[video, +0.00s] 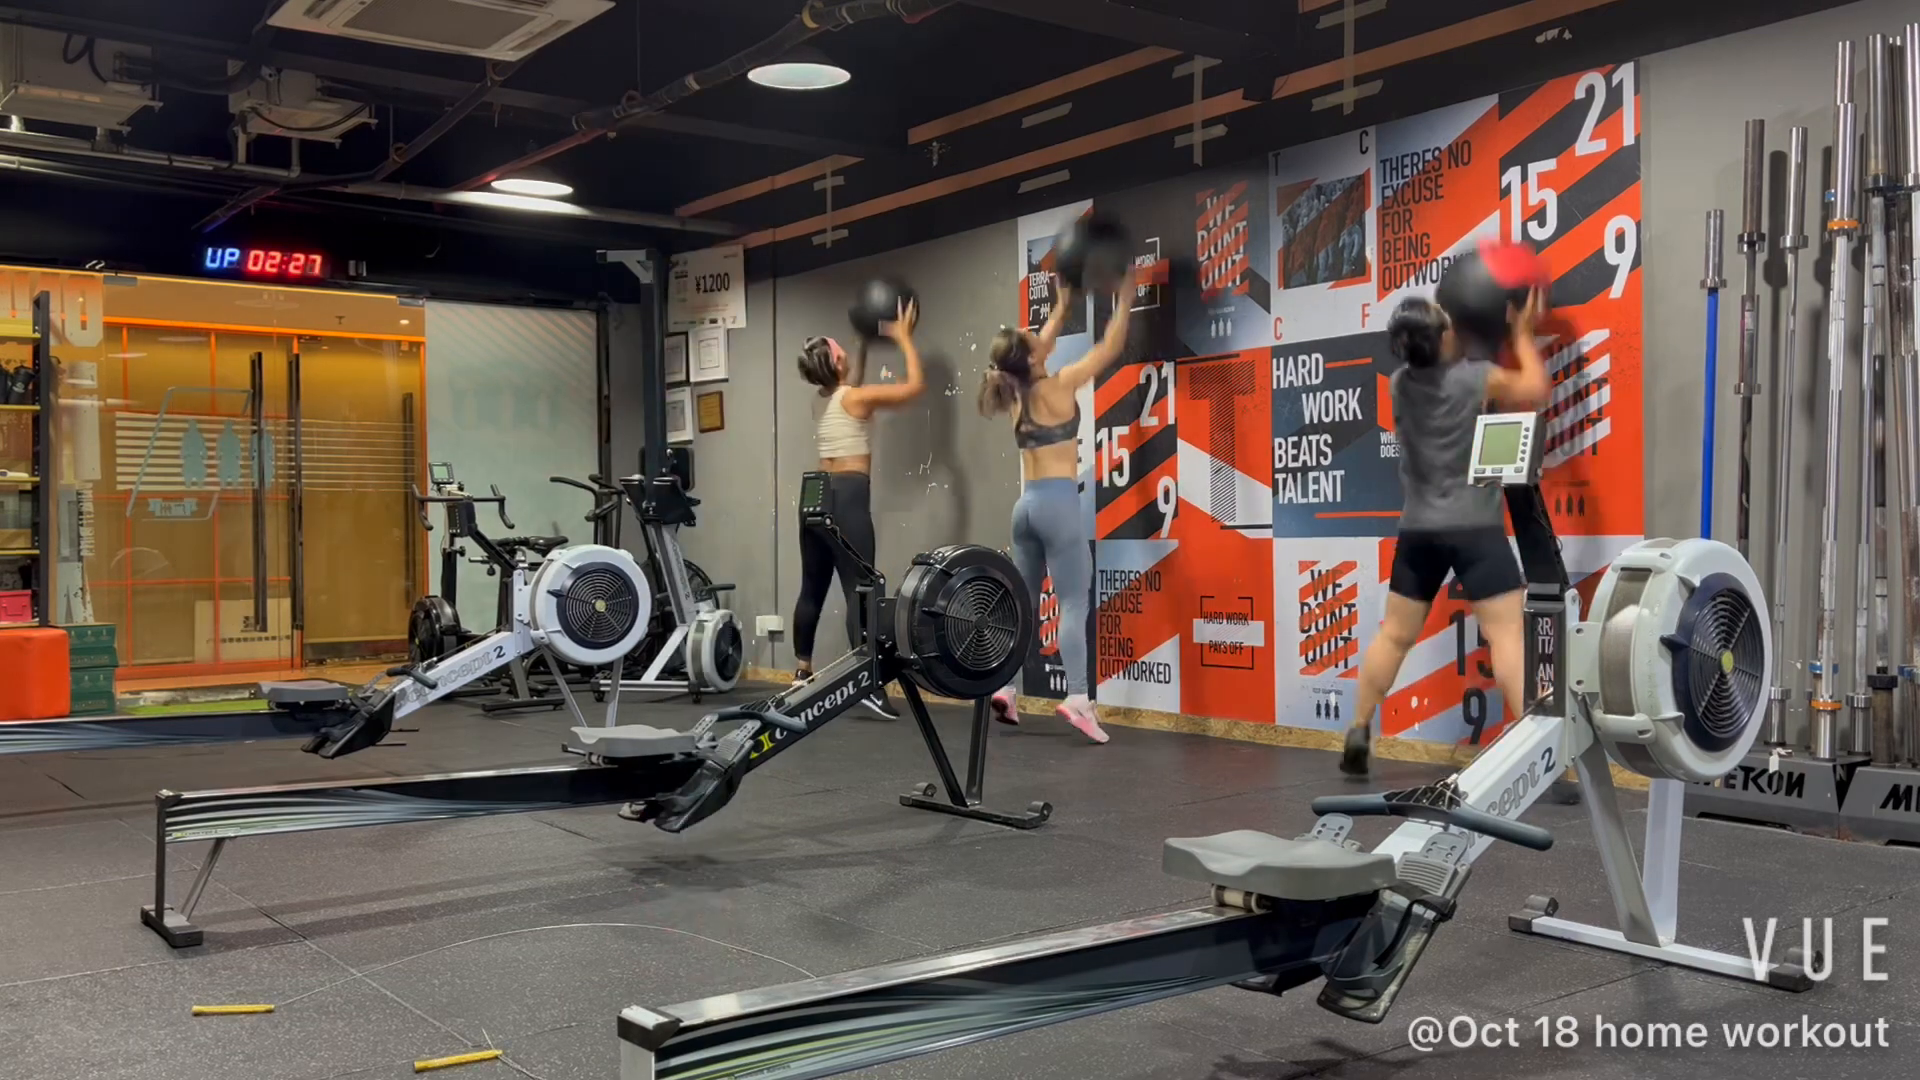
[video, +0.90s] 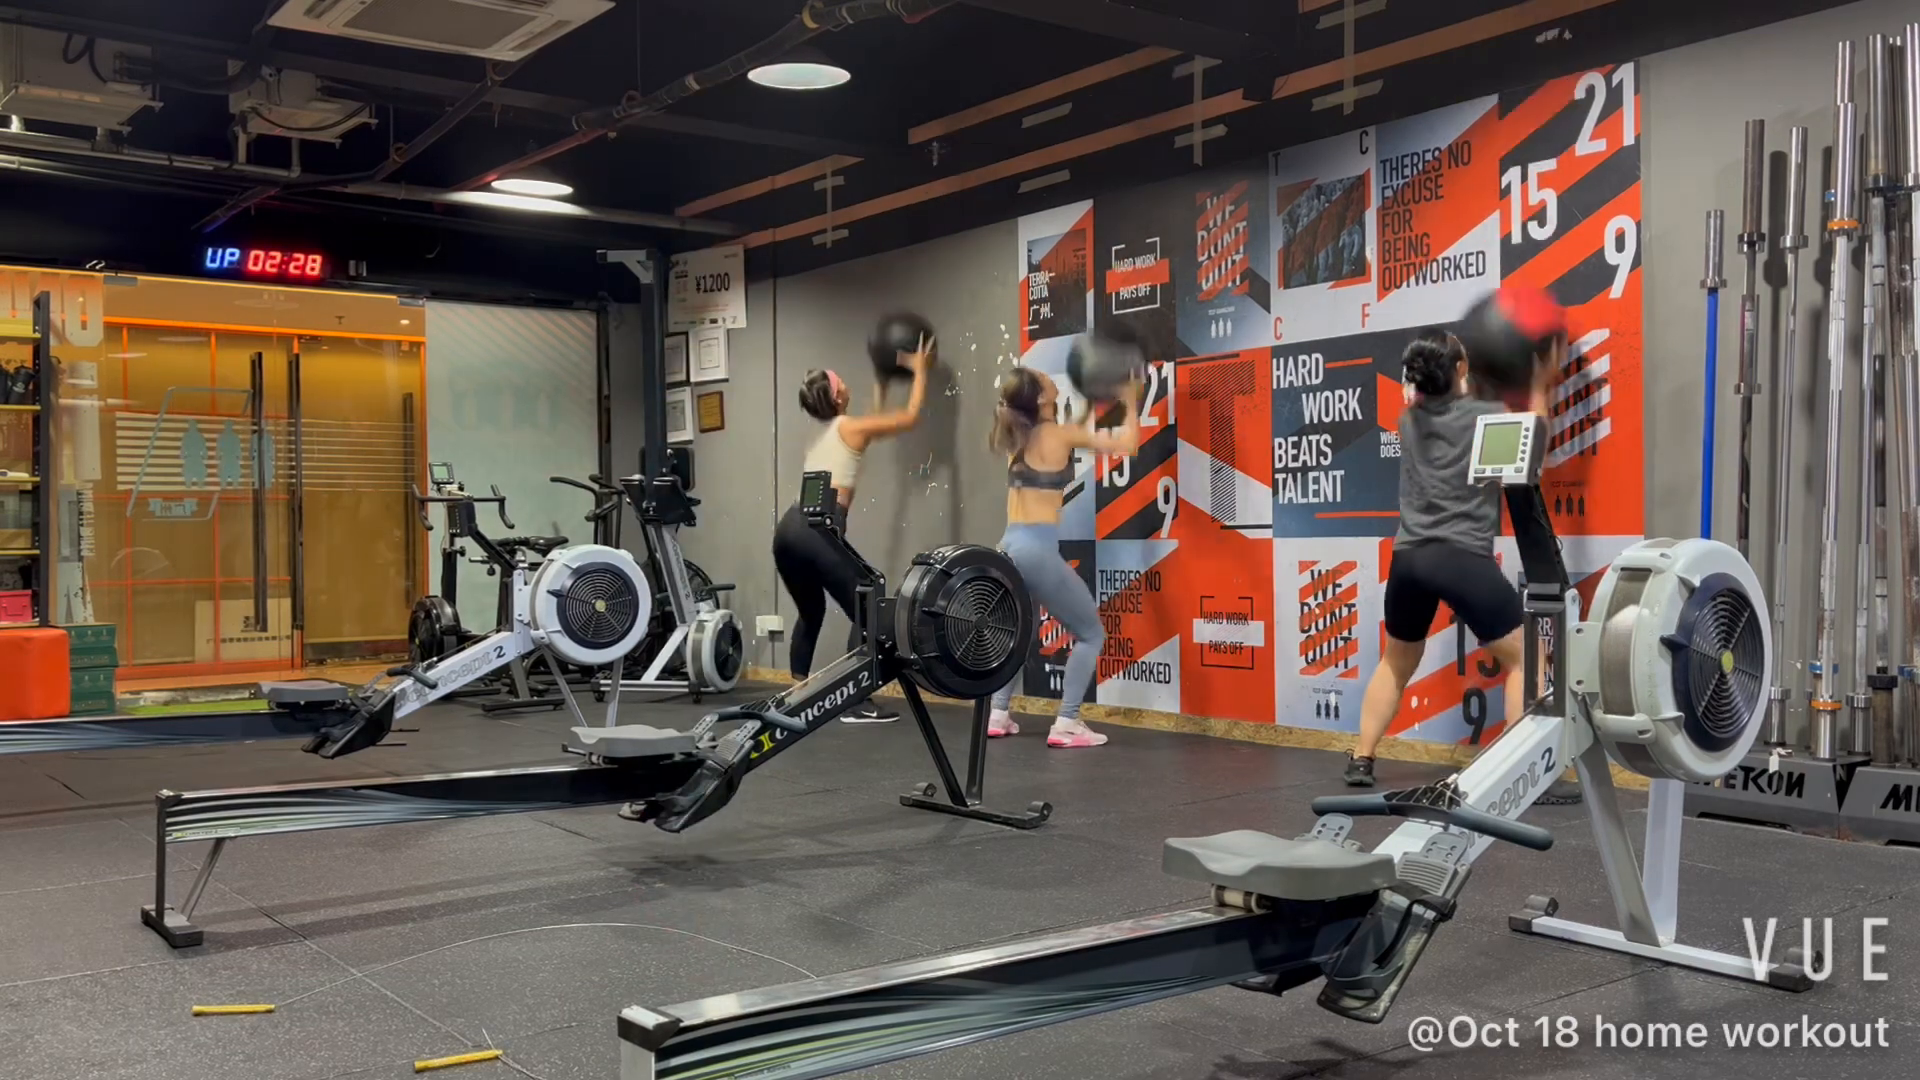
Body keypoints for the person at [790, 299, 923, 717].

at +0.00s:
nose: (841, 347)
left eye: (835, 344)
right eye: (838, 346)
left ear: (821, 370)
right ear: (837, 360)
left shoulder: (824, 402)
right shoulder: (855, 396)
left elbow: (858, 392)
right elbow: (914, 387)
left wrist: (865, 349)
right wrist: (905, 339)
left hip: (817, 497)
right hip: (848, 497)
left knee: (812, 588)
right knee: (860, 589)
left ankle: (803, 672)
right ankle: (867, 681)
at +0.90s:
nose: (842, 381)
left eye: (837, 379)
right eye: (838, 381)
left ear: (821, 404)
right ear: (837, 397)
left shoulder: (825, 433)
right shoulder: (851, 427)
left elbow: (877, 425)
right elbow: (909, 418)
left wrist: (880, 385)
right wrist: (920, 370)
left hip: (788, 533)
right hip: (817, 532)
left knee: (810, 612)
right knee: (868, 605)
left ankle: (797, 694)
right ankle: (855, 699)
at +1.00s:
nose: (851, 408)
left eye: (846, 405)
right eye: (847, 408)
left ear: (824, 429)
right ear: (844, 423)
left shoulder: (819, 460)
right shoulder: (856, 460)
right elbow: (918, 479)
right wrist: (918, 437)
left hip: (785, 553)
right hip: (819, 552)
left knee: (815, 619)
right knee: (874, 612)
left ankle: (798, 696)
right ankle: (856, 701)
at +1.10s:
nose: (864, 449)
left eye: (860, 445)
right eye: (859, 448)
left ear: (834, 462)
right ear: (854, 461)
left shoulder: (822, 489)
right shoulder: (863, 494)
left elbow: (853, 515)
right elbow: (913, 536)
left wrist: (874, 489)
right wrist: (904, 494)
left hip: (785, 586)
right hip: (821, 588)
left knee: (823, 620)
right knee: (885, 620)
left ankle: (800, 695)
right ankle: (856, 701)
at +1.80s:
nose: (867, 403)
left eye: (863, 400)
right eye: (863, 403)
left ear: (844, 421)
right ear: (860, 417)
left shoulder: (833, 453)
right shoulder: (869, 455)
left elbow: (862, 481)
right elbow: (916, 495)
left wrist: (889, 455)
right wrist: (909, 456)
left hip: (793, 544)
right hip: (820, 544)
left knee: (824, 616)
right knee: (873, 606)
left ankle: (800, 691)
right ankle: (858, 698)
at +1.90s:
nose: (856, 369)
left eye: (850, 366)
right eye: (851, 369)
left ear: (832, 391)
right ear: (850, 385)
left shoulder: (832, 426)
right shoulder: (861, 422)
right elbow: (918, 444)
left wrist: (868, 400)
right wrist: (906, 401)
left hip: (807, 521)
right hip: (837, 523)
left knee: (817, 607)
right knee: (870, 602)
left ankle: (799, 686)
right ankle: (861, 695)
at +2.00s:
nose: (846, 351)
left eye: (840, 348)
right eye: (841, 350)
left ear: (822, 371)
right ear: (838, 365)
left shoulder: (825, 400)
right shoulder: (853, 398)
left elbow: (856, 381)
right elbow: (913, 382)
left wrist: (871, 339)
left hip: (814, 497)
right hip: (846, 498)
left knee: (812, 587)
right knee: (859, 588)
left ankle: (802, 674)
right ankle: (867, 680)